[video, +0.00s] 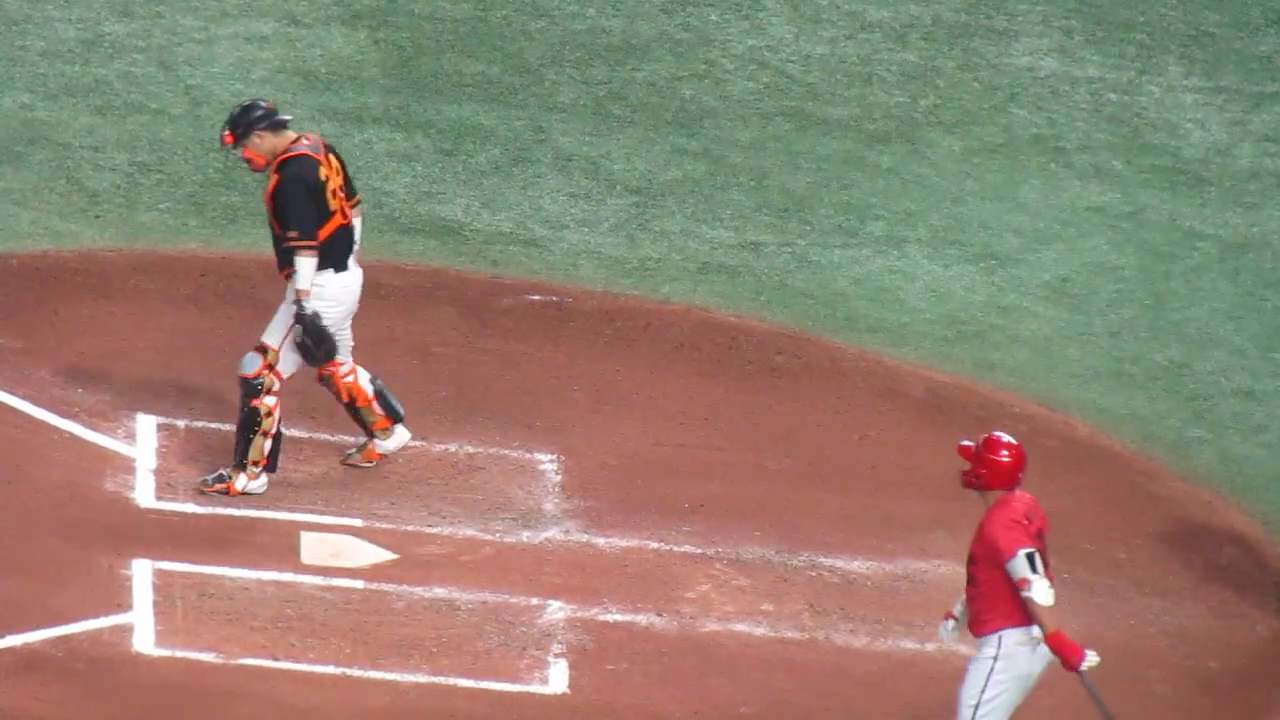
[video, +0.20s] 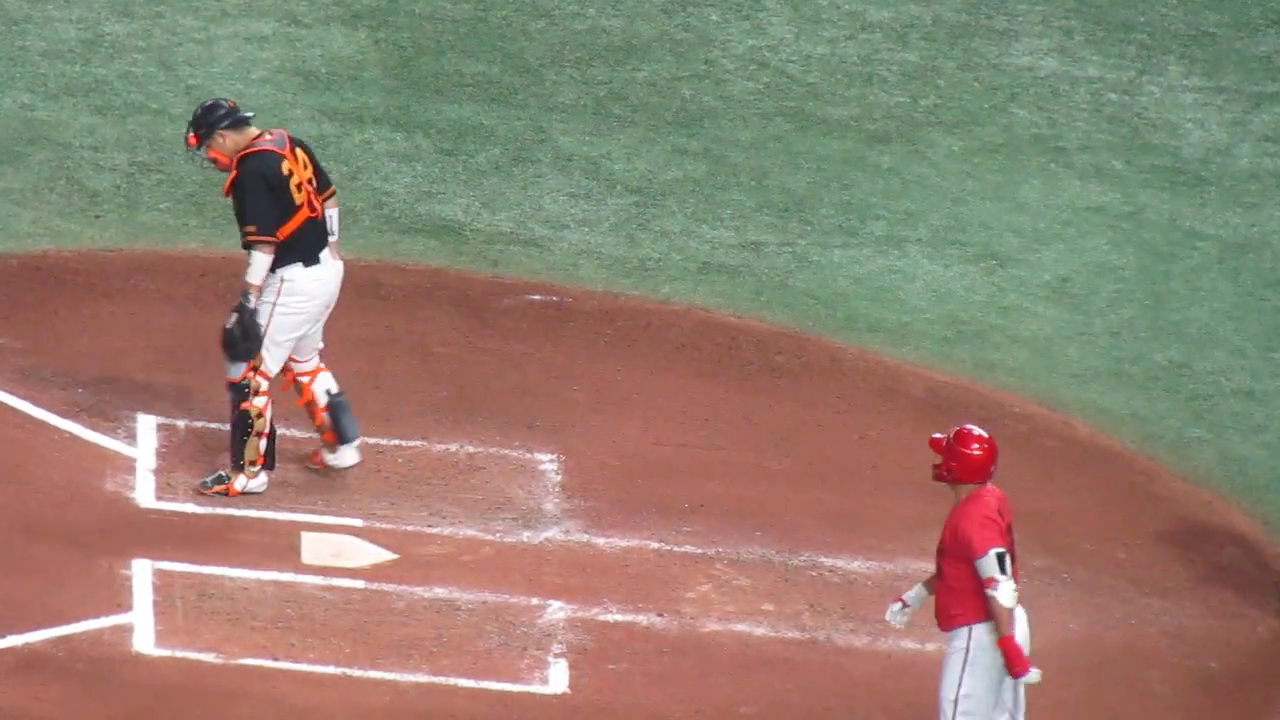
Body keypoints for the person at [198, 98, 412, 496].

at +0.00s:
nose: (245, 157)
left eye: (245, 147)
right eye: (241, 150)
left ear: (264, 135)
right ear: (268, 132)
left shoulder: (293, 174)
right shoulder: (317, 147)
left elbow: (304, 247)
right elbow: (352, 208)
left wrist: (302, 305)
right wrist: (348, 259)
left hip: (321, 284)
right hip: (343, 276)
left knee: (260, 369)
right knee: (335, 367)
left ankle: (251, 472)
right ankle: (387, 431)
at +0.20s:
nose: (212, 157)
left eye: (209, 148)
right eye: (207, 151)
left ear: (224, 135)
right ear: (235, 128)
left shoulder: (250, 171)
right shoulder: (286, 140)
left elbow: (263, 245)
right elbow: (328, 195)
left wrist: (245, 303)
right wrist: (329, 246)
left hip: (293, 279)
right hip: (325, 268)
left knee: (248, 365)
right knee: (303, 359)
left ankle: (248, 471)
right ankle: (342, 446)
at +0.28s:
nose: (203, 157)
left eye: (201, 147)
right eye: (198, 150)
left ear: (218, 133)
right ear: (229, 126)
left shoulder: (243, 166)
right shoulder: (281, 139)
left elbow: (250, 241)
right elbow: (321, 193)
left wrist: (227, 296)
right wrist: (324, 243)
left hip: (285, 277)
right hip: (319, 266)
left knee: (246, 370)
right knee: (293, 365)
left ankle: (246, 472)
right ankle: (310, 457)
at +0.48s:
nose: (196, 146)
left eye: (194, 135)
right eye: (191, 138)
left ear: (212, 123)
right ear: (227, 117)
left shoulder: (235, 159)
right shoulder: (275, 135)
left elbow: (232, 233)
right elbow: (310, 193)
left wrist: (197, 283)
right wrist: (309, 244)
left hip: (272, 273)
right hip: (298, 266)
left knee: (239, 370)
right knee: (253, 364)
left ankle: (248, 469)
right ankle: (264, 458)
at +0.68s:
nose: (199, 121)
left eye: (203, 112)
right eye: (198, 113)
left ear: (225, 108)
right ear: (229, 107)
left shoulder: (246, 151)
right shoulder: (269, 132)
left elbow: (237, 226)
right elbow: (299, 200)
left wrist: (202, 276)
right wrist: (279, 249)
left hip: (261, 269)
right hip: (275, 264)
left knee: (234, 365)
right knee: (223, 347)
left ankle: (247, 468)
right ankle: (260, 434)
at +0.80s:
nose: (208, 103)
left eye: (214, 97)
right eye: (209, 96)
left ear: (237, 100)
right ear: (239, 99)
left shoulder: (254, 144)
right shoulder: (259, 132)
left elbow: (247, 218)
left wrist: (219, 274)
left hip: (263, 266)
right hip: (255, 264)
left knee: (235, 363)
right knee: (217, 350)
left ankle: (249, 469)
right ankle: (249, 430)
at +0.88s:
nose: (211, 98)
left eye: (218, 92)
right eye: (212, 90)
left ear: (240, 98)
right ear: (240, 97)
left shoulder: (259, 142)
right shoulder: (250, 133)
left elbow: (257, 215)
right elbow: (250, 208)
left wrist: (232, 272)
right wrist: (232, 261)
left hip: (267, 266)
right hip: (253, 262)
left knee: (236, 363)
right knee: (218, 350)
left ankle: (249, 469)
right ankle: (247, 430)